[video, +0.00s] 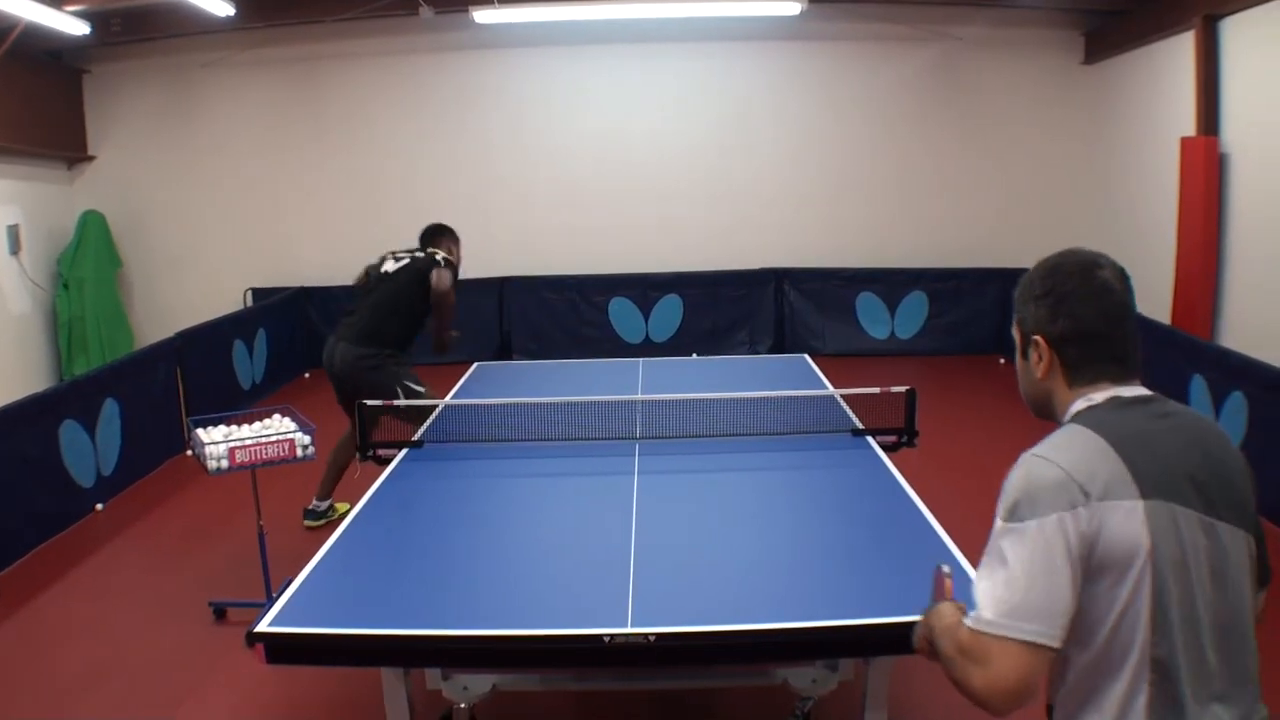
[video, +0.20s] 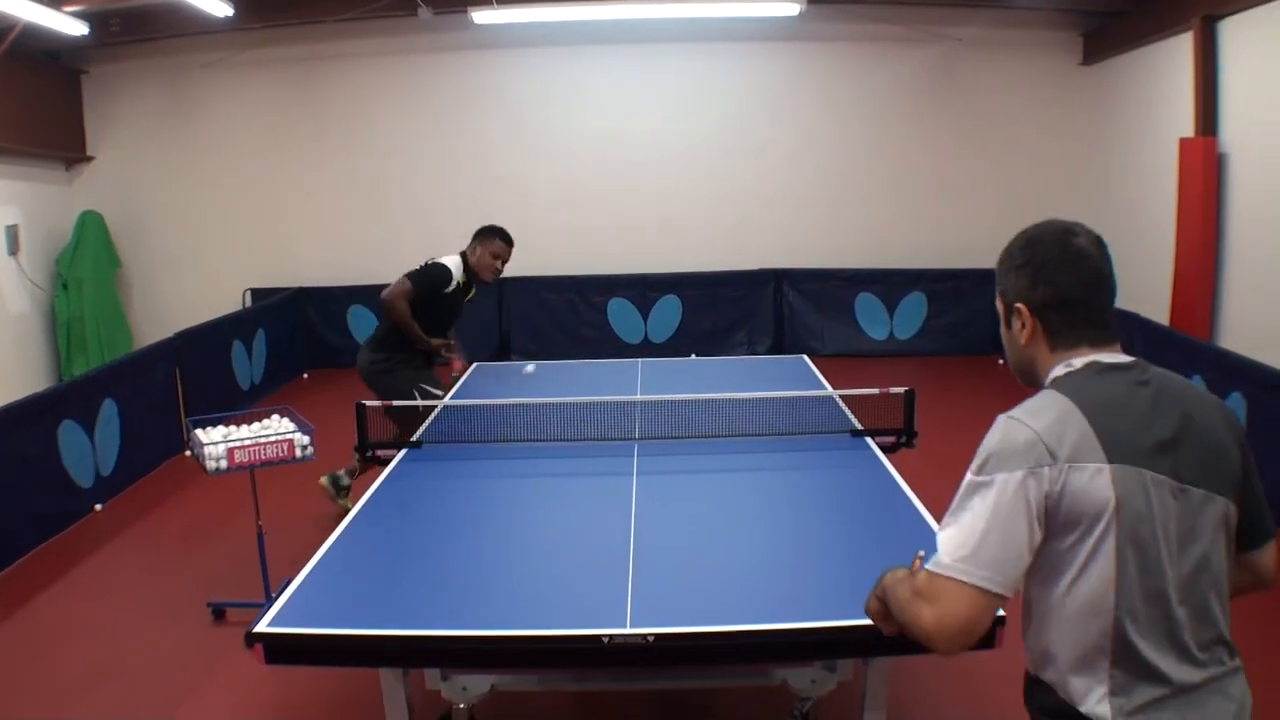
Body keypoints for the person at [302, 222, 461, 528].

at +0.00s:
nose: (459, 256)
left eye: (459, 250)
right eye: (457, 250)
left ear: (425, 246)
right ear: (446, 246)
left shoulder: (394, 257)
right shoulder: (440, 260)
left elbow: (361, 281)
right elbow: (441, 287)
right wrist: (442, 335)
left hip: (338, 353)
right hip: (372, 358)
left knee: (360, 426)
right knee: (438, 422)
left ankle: (319, 505)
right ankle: (440, 499)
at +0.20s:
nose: (500, 267)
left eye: (504, 262)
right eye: (496, 258)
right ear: (474, 250)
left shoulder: (465, 284)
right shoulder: (444, 271)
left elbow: (440, 321)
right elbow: (392, 297)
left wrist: (453, 351)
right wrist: (425, 341)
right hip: (386, 362)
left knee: (419, 435)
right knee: (446, 420)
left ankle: (345, 477)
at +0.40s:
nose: (500, 240)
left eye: (507, 234)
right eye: (494, 231)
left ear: (513, 233)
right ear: (477, 223)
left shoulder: (498, 253)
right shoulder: (443, 250)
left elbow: (488, 281)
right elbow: (393, 286)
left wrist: (510, 310)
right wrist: (438, 319)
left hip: (449, 329)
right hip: (411, 327)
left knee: (461, 392)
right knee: (443, 397)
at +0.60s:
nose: (517, 241)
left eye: (523, 235)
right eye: (509, 233)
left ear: (528, 237)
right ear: (491, 232)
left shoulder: (525, 264)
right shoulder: (460, 263)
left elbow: (527, 291)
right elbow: (418, 303)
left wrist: (559, 316)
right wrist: (467, 328)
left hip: (494, 341)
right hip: (453, 344)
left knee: (527, 383)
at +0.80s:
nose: (556, 225)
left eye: (562, 219)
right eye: (549, 217)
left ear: (567, 221)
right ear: (532, 214)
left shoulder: (565, 252)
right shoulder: (497, 250)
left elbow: (573, 289)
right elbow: (462, 289)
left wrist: (601, 320)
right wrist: (507, 310)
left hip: (543, 337)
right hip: (500, 340)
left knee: (583, 380)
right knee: (502, 403)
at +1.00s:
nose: (602, 246)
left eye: (607, 241)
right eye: (596, 238)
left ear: (611, 243)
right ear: (579, 235)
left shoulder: (589, 276)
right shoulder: (553, 263)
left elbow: (589, 323)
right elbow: (533, 307)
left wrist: (623, 351)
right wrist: (579, 318)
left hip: (558, 353)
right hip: (526, 354)